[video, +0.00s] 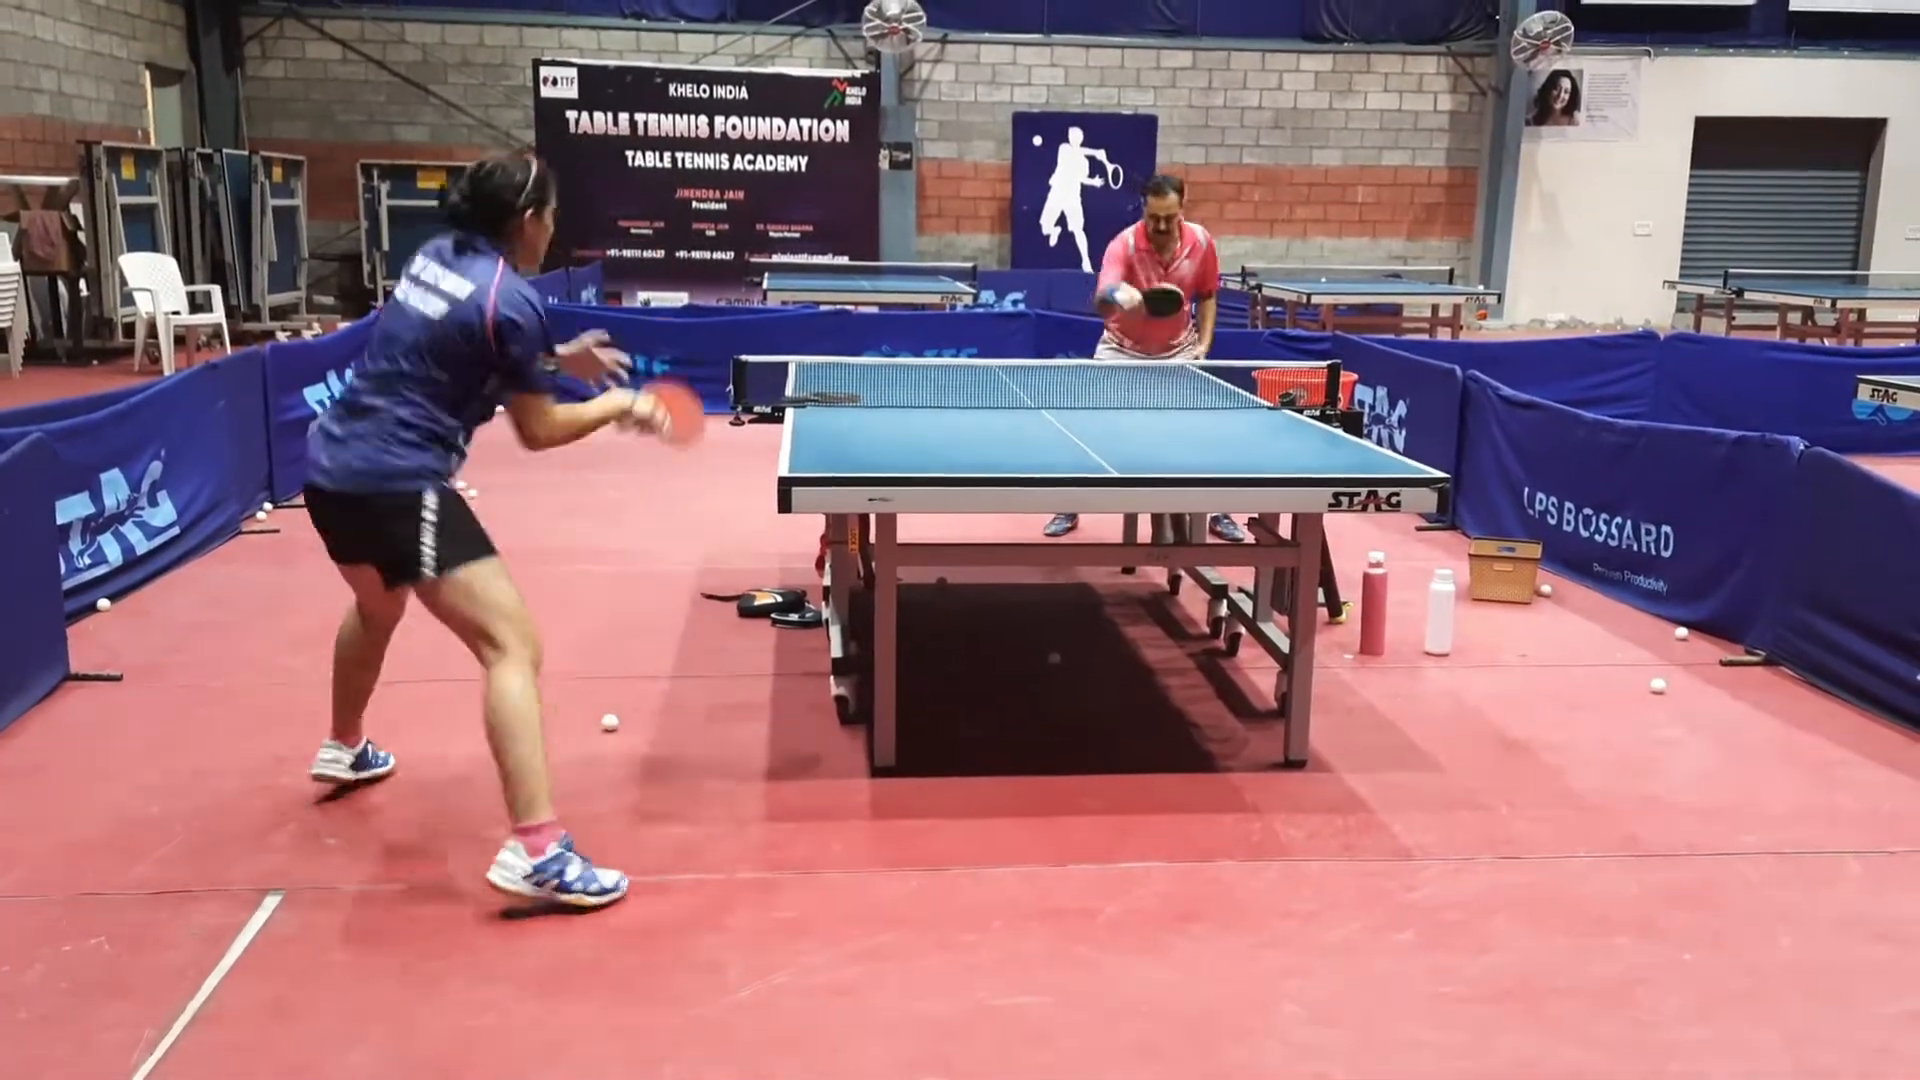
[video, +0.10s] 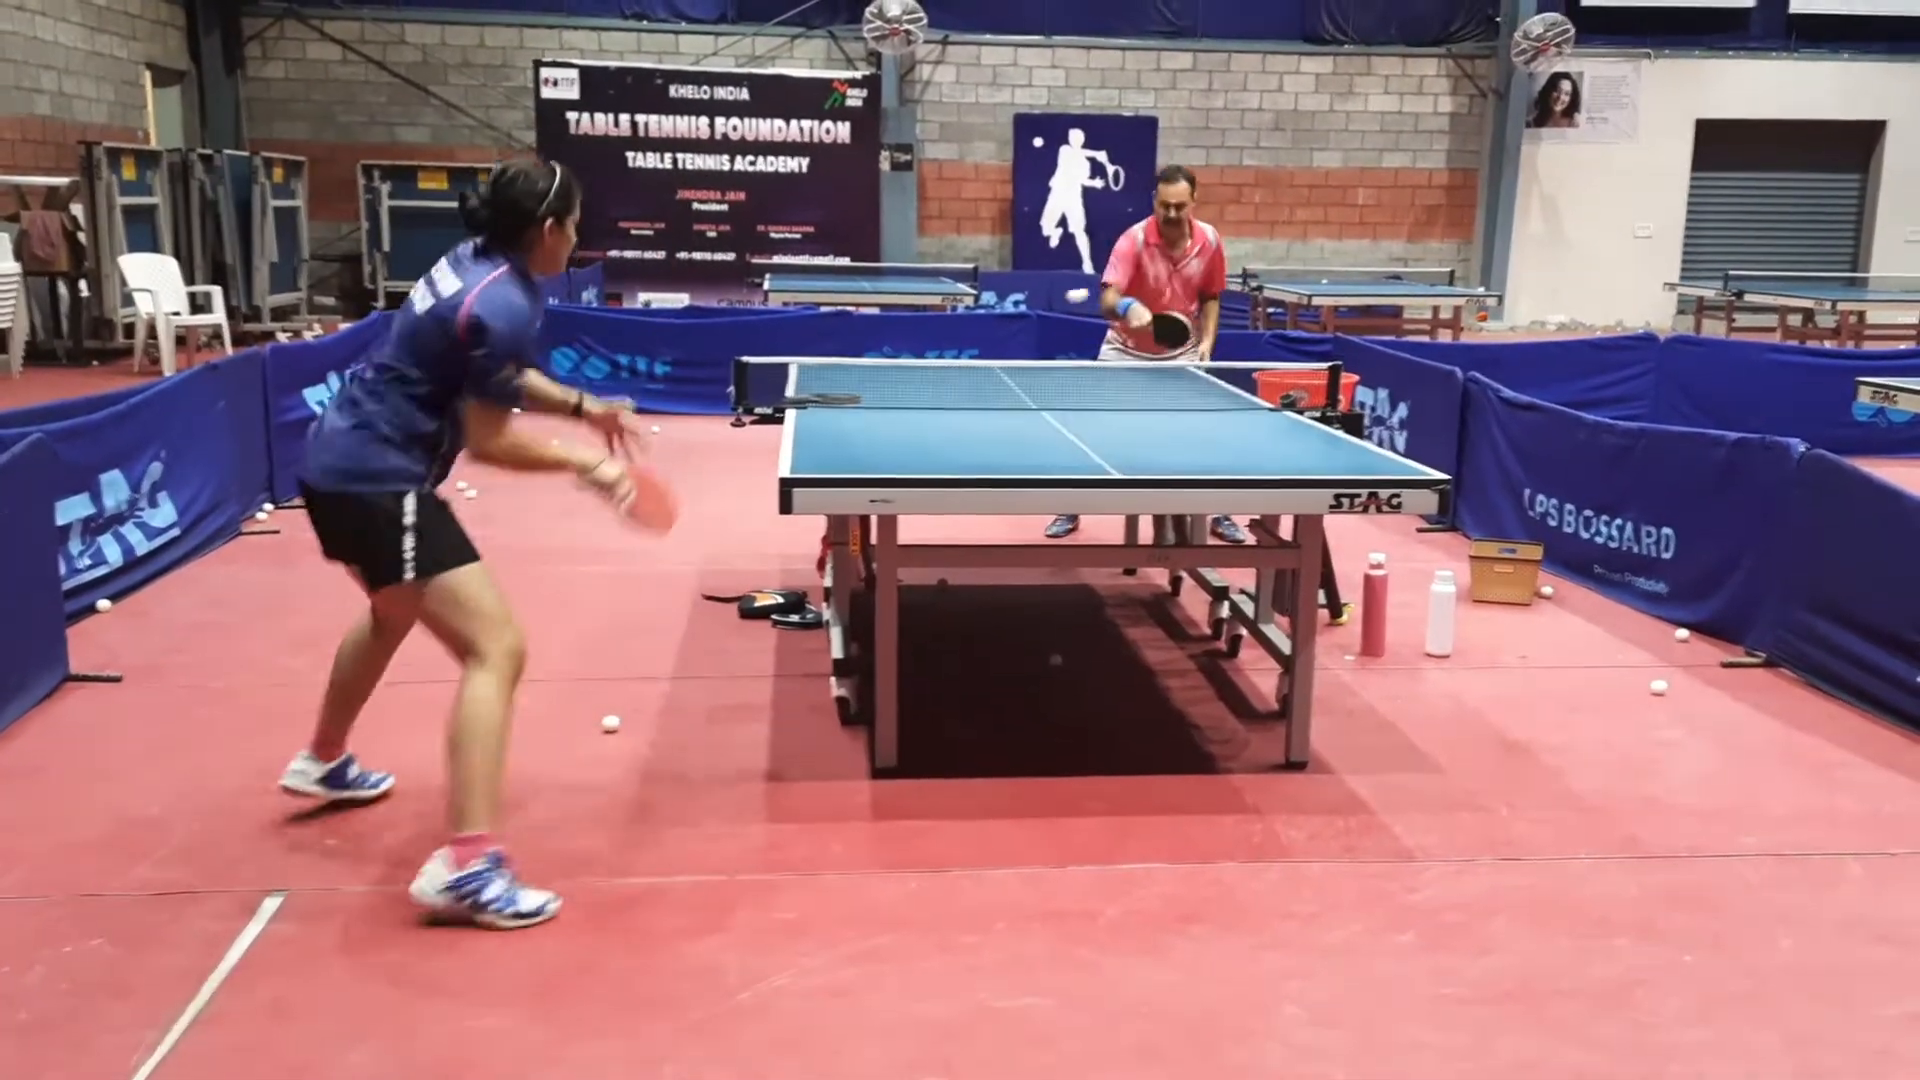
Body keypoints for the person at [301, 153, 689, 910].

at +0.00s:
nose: (551, 230)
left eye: (550, 215)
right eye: (548, 216)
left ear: (479, 210)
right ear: (527, 220)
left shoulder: (439, 252)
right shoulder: (511, 302)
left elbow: (467, 358)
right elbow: (538, 426)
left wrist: (559, 356)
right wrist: (620, 408)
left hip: (330, 470)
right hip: (403, 481)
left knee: (377, 603)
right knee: (511, 648)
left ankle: (341, 747)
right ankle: (537, 849)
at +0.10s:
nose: (573, 239)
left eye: (573, 225)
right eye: (570, 226)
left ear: (510, 221)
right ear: (543, 230)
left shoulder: (475, 262)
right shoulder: (505, 308)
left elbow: (499, 374)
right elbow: (484, 439)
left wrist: (583, 407)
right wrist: (579, 463)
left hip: (336, 464)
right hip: (381, 479)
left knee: (392, 614)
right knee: (498, 651)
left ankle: (320, 760)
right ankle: (469, 861)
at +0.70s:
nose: (501, 275)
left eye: (503, 260)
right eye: (492, 262)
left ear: (445, 257)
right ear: (441, 259)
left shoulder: (422, 289)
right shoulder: (417, 346)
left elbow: (482, 344)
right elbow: (484, 456)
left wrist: (584, 345)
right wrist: (576, 420)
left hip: (356, 507)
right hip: (362, 516)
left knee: (399, 659)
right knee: (478, 671)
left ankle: (293, 784)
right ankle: (452, 879)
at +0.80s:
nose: (507, 223)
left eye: (509, 209)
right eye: (498, 211)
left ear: (438, 208)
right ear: (453, 212)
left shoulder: (384, 241)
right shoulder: (456, 277)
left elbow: (444, 278)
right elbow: (593, 294)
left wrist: (516, 247)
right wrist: (584, 191)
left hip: (321, 486)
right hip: (377, 493)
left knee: (367, 635)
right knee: (483, 659)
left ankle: (294, 781)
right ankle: (459, 865)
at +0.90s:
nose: (508, 200)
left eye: (509, 185)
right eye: (501, 187)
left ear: (433, 184)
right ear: (461, 189)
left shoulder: (375, 229)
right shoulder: (474, 256)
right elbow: (592, 254)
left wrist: (510, 176)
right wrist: (532, 177)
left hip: (312, 475)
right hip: (393, 481)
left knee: (354, 621)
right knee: (496, 652)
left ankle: (312, 777)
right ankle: (478, 851)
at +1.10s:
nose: (489, 277)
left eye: (487, 264)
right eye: (485, 266)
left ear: (406, 270)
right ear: (465, 273)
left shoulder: (356, 323)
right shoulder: (482, 348)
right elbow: (582, 417)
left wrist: (463, 332)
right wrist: (590, 318)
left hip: (320, 557)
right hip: (419, 563)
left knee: (348, 638)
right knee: (556, 699)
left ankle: (301, 804)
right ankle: (511, 885)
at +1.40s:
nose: (566, 224)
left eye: (565, 210)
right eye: (561, 211)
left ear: (499, 211)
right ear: (530, 219)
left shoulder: (453, 251)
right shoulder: (507, 305)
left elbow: (488, 371)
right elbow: (509, 439)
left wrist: (584, 390)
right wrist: (606, 453)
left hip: (324, 462)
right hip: (385, 480)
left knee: (381, 618)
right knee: (508, 652)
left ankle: (303, 767)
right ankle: (495, 861)